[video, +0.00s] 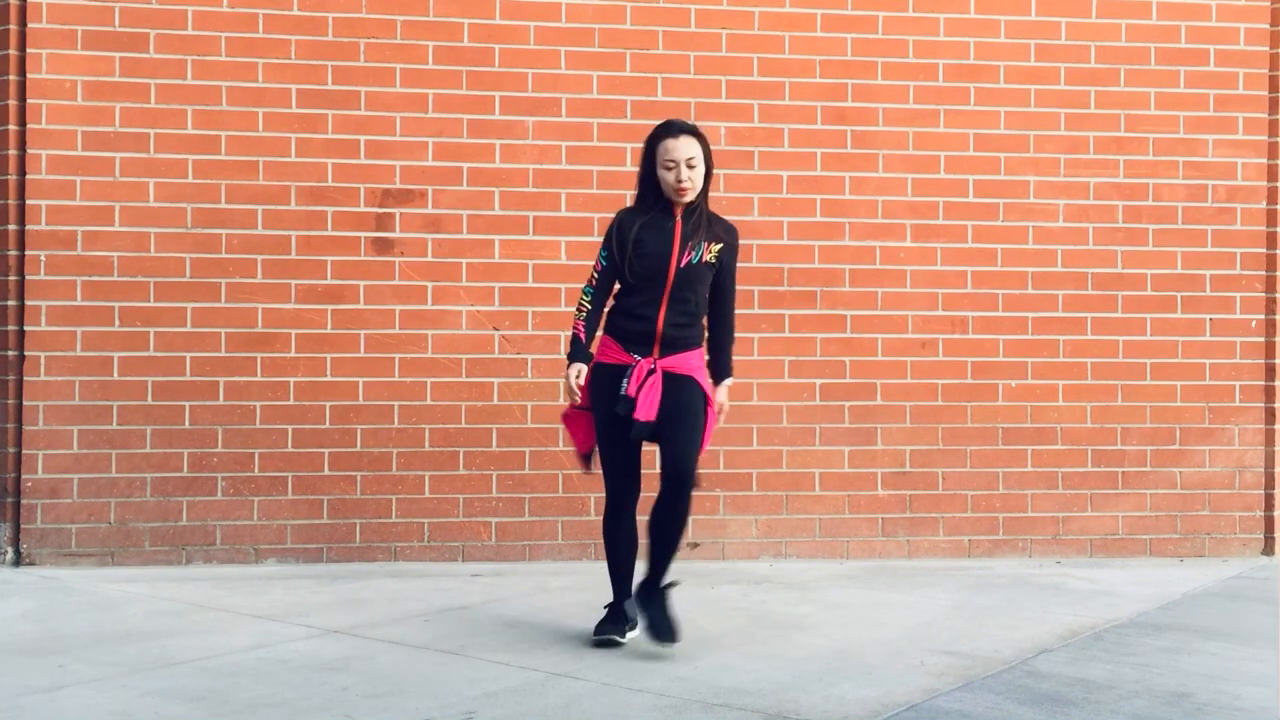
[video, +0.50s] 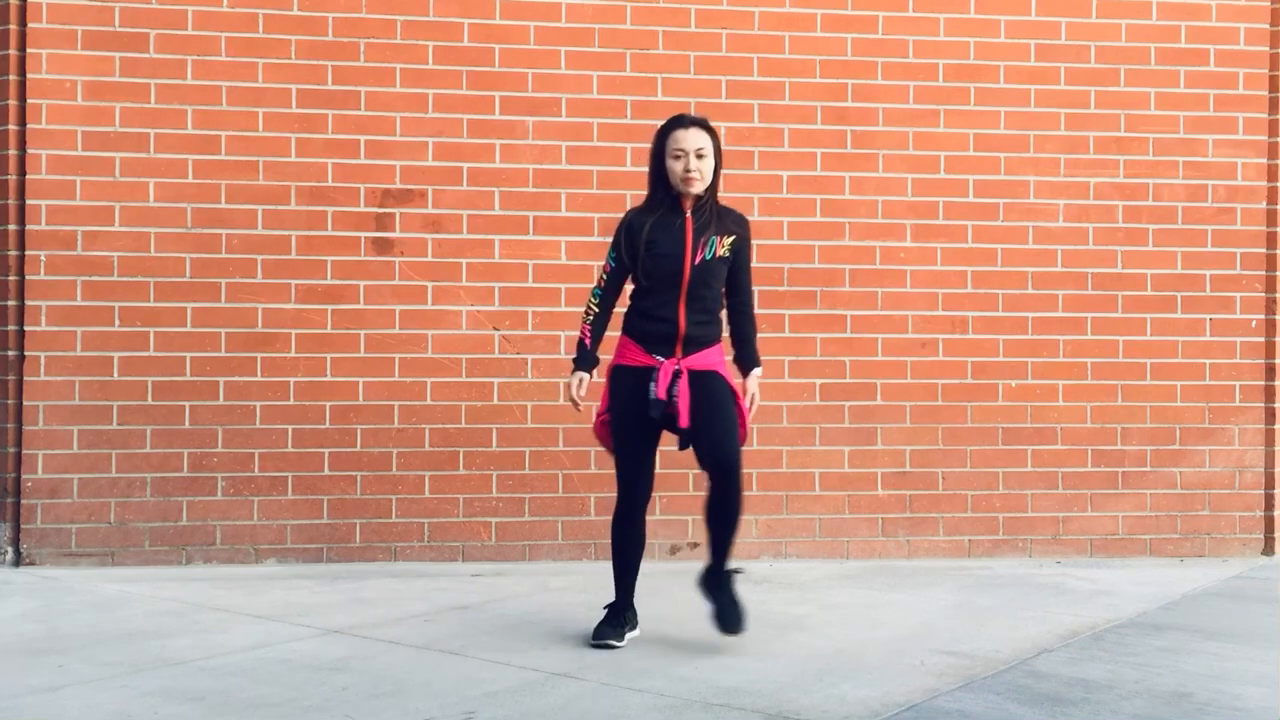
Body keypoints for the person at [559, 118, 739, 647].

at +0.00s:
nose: (681, 174)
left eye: (691, 163)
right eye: (670, 165)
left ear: (706, 168)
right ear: (653, 171)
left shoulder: (720, 235)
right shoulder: (628, 224)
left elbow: (722, 312)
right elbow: (595, 293)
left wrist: (722, 375)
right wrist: (578, 353)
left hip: (684, 367)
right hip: (619, 364)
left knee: (680, 477)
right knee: (622, 490)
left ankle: (653, 589)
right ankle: (619, 603)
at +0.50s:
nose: (691, 165)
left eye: (701, 155)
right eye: (679, 156)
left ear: (716, 162)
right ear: (663, 163)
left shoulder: (732, 227)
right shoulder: (638, 223)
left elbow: (740, 302)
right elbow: (606, 292)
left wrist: (749, 365)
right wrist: (584, 359)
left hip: (706, 367)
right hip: (639, 366)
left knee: (727, 467)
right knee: (632, 492)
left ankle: (716, 573)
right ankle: (622, 605)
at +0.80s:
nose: (707, 176)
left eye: (718, 166)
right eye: (696, 166)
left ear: (733, 171)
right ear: (680, 172)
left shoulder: (755, 225)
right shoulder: (665, 240)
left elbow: (776, 298)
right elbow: (647, 316)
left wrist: (794, 361)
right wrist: (638, 388)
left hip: (760, 370)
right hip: (697, 372)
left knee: (762, 496)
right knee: (704, 477)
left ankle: (749, 609)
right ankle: (672, 576)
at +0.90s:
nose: (711, 173)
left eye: (721, 163)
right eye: (699, 163)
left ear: (737, 169)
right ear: (684, 171)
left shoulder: (761, 222)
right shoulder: (669, 238)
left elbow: (782, 294)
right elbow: (657, 315)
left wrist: (800, 355)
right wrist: (653, 389)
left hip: (767, 368)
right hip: (705, 370)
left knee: (761, 484)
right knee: (732, 468)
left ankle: (749, 605)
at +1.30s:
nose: (714, 173)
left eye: (724, 162)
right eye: (702, 164)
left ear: (740, 169)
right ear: (687, 175)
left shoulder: (766, 228)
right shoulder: (674, 242)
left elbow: (786, 300)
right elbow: (655, 319)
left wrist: (800, 361)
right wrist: (645, 390)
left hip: (762, 372)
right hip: (698, 372)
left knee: (769, 488)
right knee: (703, 457)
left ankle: (753, 603)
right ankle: (736, 572)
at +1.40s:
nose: (710, 162)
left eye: (721, 151)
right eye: (698, 153)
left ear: (737, 159)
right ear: (685, 163)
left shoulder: (761, 220)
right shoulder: (669, 229)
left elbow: (779, 292)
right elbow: (648, 305)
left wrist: (793, 354)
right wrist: (635, 375)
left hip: (750, 366)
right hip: (685, 364)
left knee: (753, 494)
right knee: (662, 435)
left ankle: (748, 609)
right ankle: (674, 545)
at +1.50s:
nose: (705, 160)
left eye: (714, 149)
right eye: (693, 151)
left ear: (731, 156)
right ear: (679, 162)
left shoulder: (755, 220)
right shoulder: (662, 222)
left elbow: (769, 292)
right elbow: (638, 296)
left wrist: (780, 351)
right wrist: (622, 365)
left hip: (734, 367)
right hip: (667, 364)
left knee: (736, 491)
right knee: (627, 467)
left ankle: (747, 609)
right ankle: (623, 566)